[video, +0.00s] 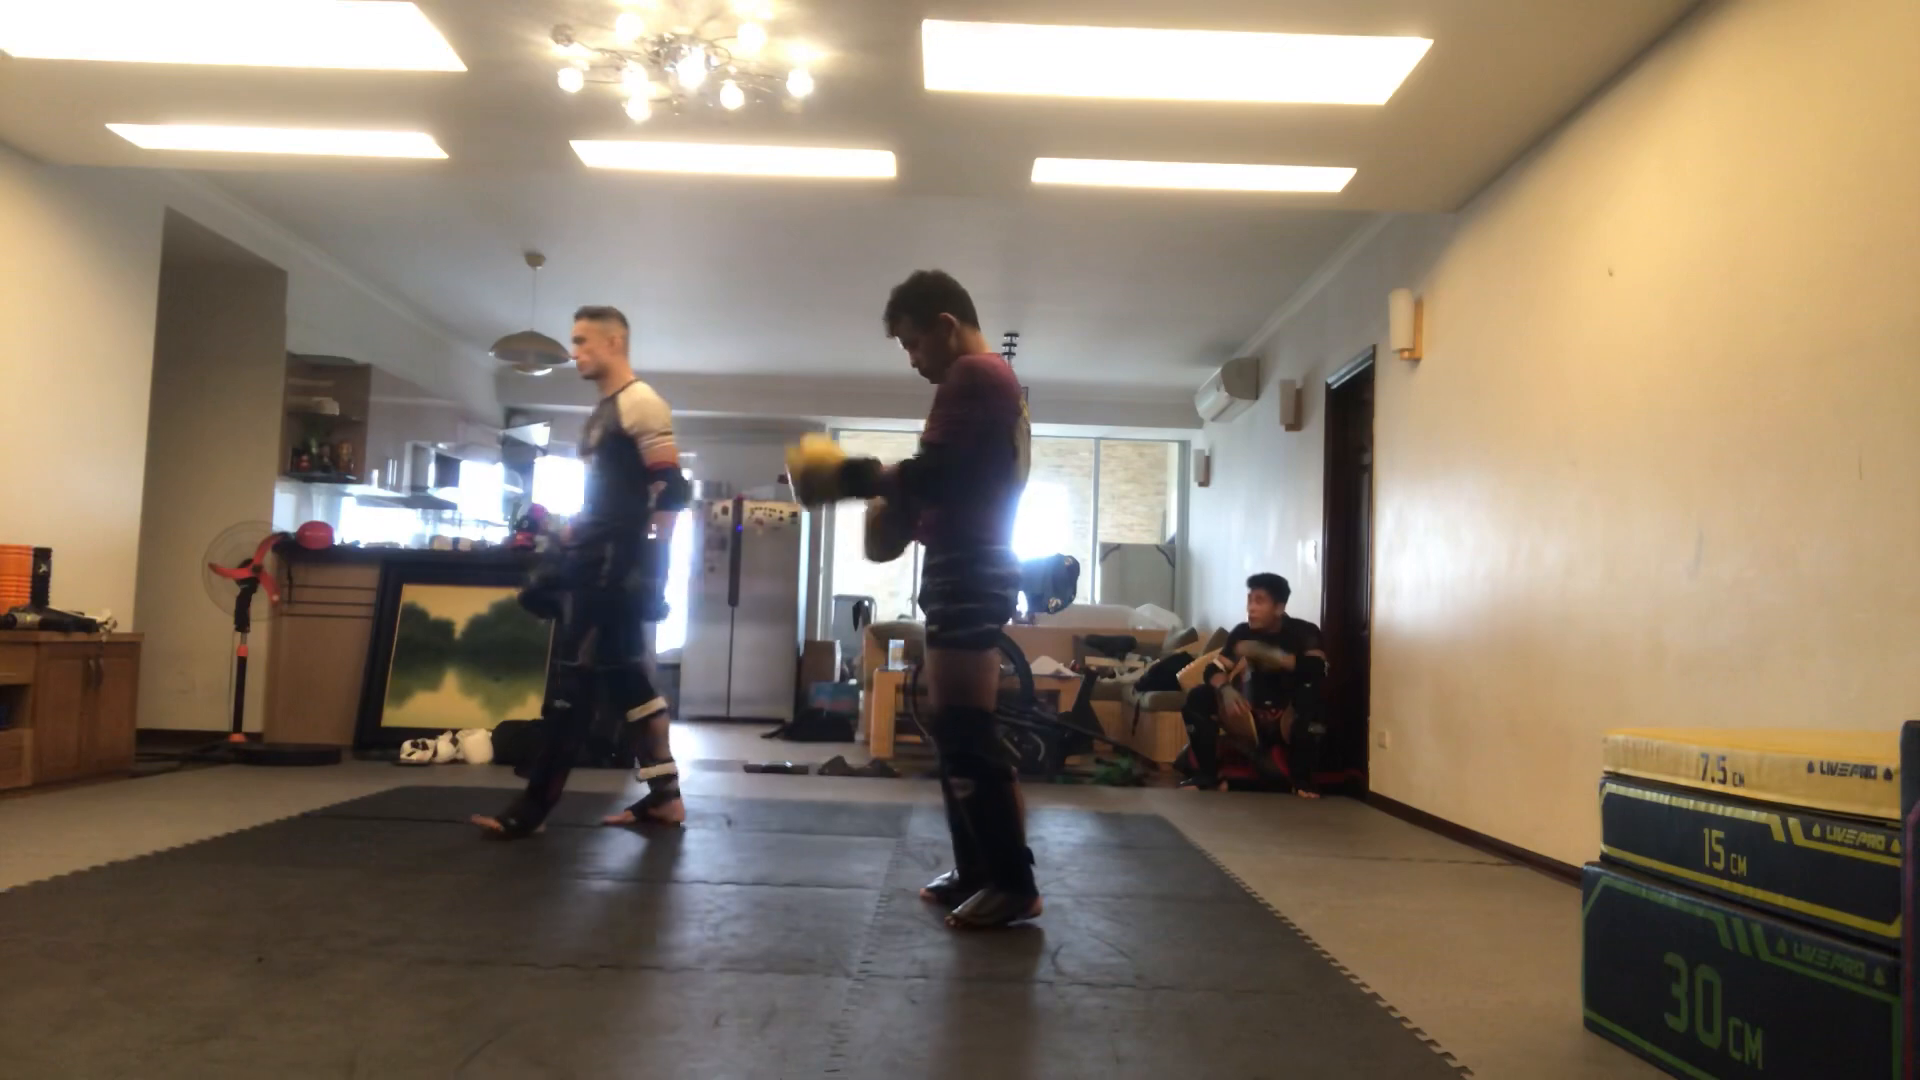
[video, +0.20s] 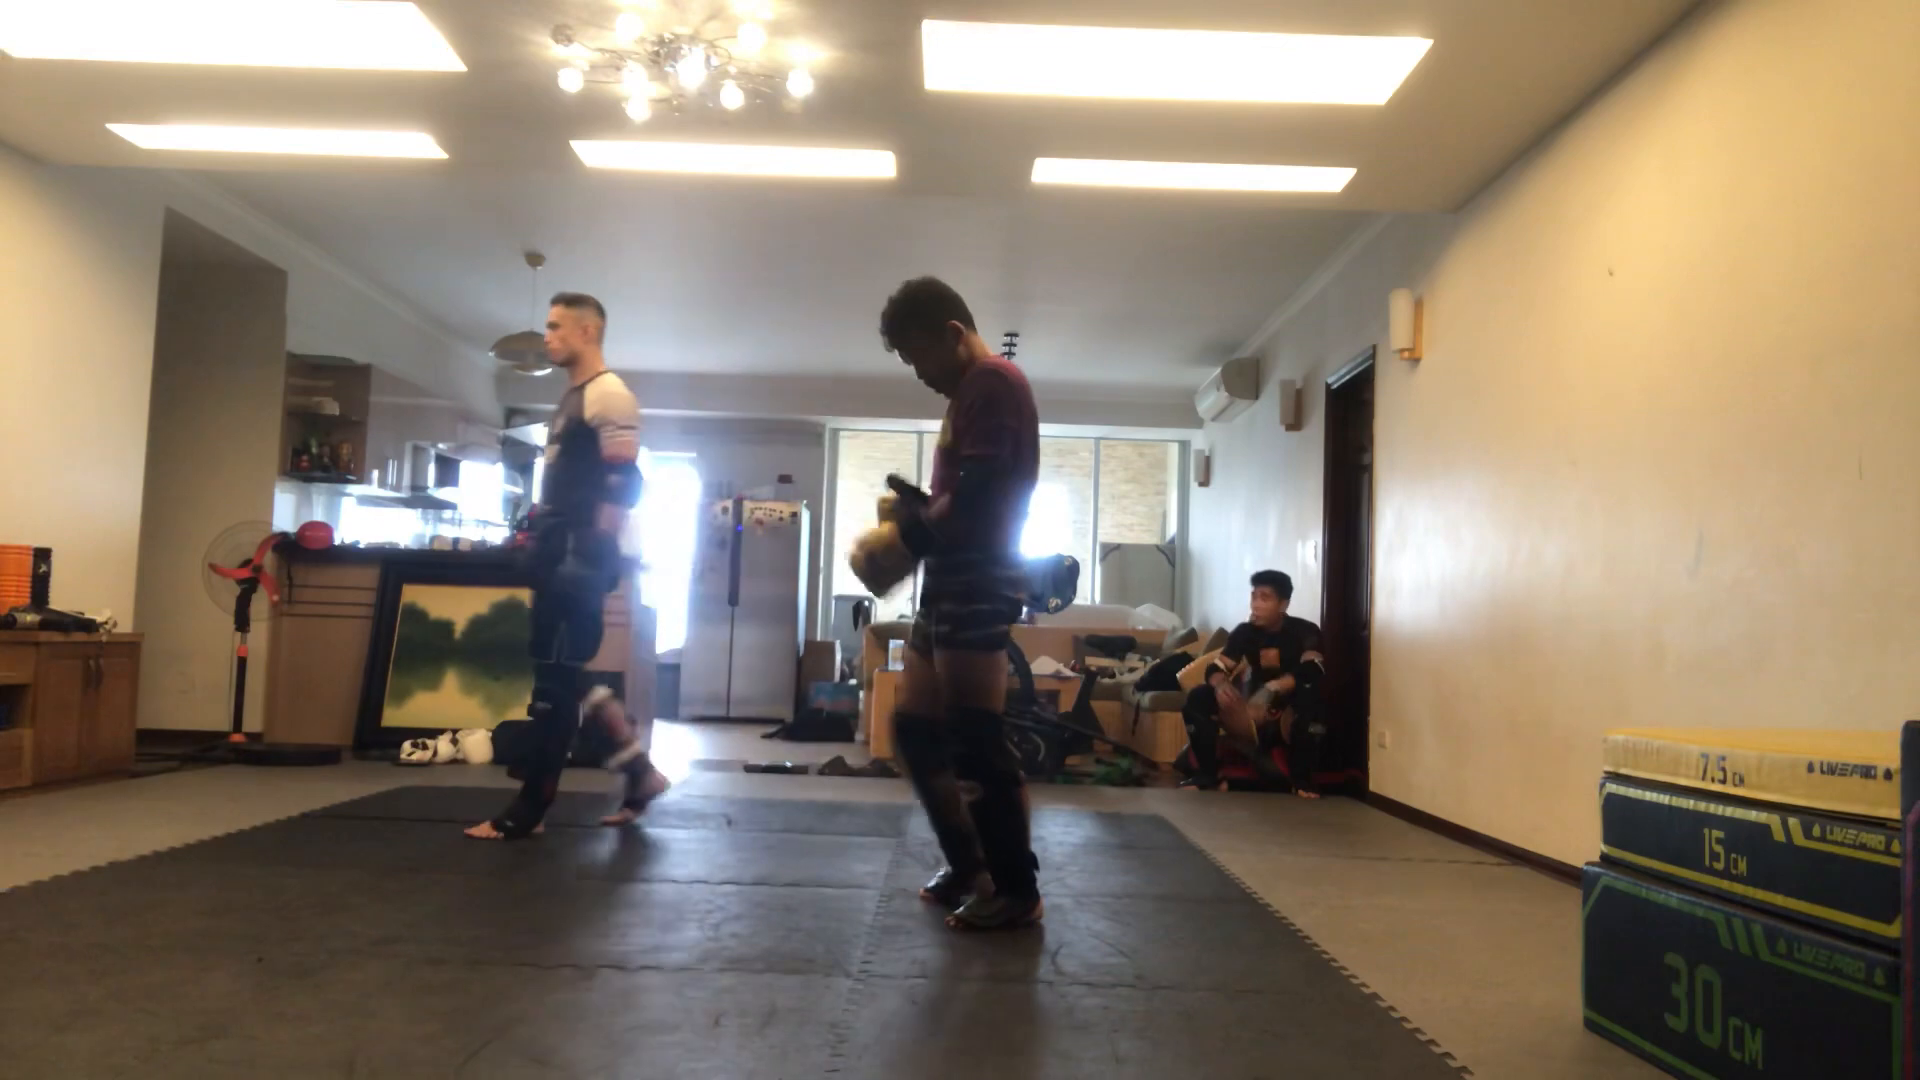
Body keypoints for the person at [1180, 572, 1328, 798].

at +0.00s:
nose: (1250, 608)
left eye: (1259, 601)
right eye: (1250, 601)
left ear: (1279, 607)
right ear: (1247, 602)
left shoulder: (1304, 632)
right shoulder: (1241, 634)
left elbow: (1317, 668)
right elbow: (1215, 671)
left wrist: (1276, 658)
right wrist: (1226, 690)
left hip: (1287, 720)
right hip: (1245, 720)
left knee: (1311, 697)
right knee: (1198, 698)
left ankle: (1303, 781)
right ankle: (1207, 776)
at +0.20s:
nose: (1255, 605)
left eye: (1264, 599)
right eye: (1254, 598)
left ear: (1283, 604)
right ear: (1251, 599)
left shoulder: (1305, 631)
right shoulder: (1244, 632)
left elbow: (1312, 669)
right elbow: (1216, 669)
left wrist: (1269, 690)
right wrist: (1220, 684)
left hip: (1287, 719)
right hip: (1247, 718)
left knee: (1310, 698)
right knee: (1199, 697)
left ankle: (1302, 781)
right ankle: (1207, 777)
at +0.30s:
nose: (1268, 607)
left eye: (1275, 600)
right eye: (1262, 601)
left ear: (1288, 603)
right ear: (1253, 603)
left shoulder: (1305, 631)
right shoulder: (1245, 633)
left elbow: (1310, 668)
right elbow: (1217, 667)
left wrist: (1268, 697)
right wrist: (1220, 683)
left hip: (1289, 711)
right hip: (1247, 709)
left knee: (1311, 703)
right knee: (1198, 698)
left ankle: (1302, 781)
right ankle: (1207, 776)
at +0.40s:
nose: (1276, 612)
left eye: (1282, 605)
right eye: (1269, 605)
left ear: (1290, 605)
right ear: (1256, 607)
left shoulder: (1306, 631)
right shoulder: (1245, 633)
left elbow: (1306, 671)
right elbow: (1218, 668)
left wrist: (1265, 699)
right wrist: (1222, 685)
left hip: (1291, 704)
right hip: (1249, 702)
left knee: (1312, 708)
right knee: (1198, 698)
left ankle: (1302, 781)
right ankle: (1208, 776)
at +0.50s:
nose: (1279, 613)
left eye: (1285, 606)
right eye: (1272, 606)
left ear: (1292, 605)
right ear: (1258, 607)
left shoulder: (1307, 632)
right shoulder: (1246, 632)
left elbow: (1302, 673)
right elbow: (1219, 667)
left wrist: (1263, 703)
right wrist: (1224, 688)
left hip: (1290, 697)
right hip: (1247, 695)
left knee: (1311, 709)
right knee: (1198, 699)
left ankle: (1302, 781)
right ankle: (1208, 776)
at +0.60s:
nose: (1280, 614)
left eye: (1286, 606)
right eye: (1273, 606)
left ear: (1294, 605)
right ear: (1258, 606)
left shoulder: (1307, 632)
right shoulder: (1246, 632)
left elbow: (1298, 677)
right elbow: (1218, 670)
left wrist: (1264, 707)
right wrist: (1242, 675)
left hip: (1288, 703)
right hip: (1244, 700)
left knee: (1311, 712)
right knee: (1199, 698)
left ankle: (1302, 781)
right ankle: (1208, 776)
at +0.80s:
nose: (1283, 613)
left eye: (1289, 606)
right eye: (1275, 606)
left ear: (1295, 604)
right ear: (1260, 606)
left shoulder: (1309, 632)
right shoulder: (1248, 631)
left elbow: (1299, 672)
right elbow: (1225, 671)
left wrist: (1265, 707)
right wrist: (1262, 673)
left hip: (1287, 712)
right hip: (1246, 711)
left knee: (1311, 704)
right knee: (1199, 697)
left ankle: (1303, 782)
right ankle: (1208, 776)